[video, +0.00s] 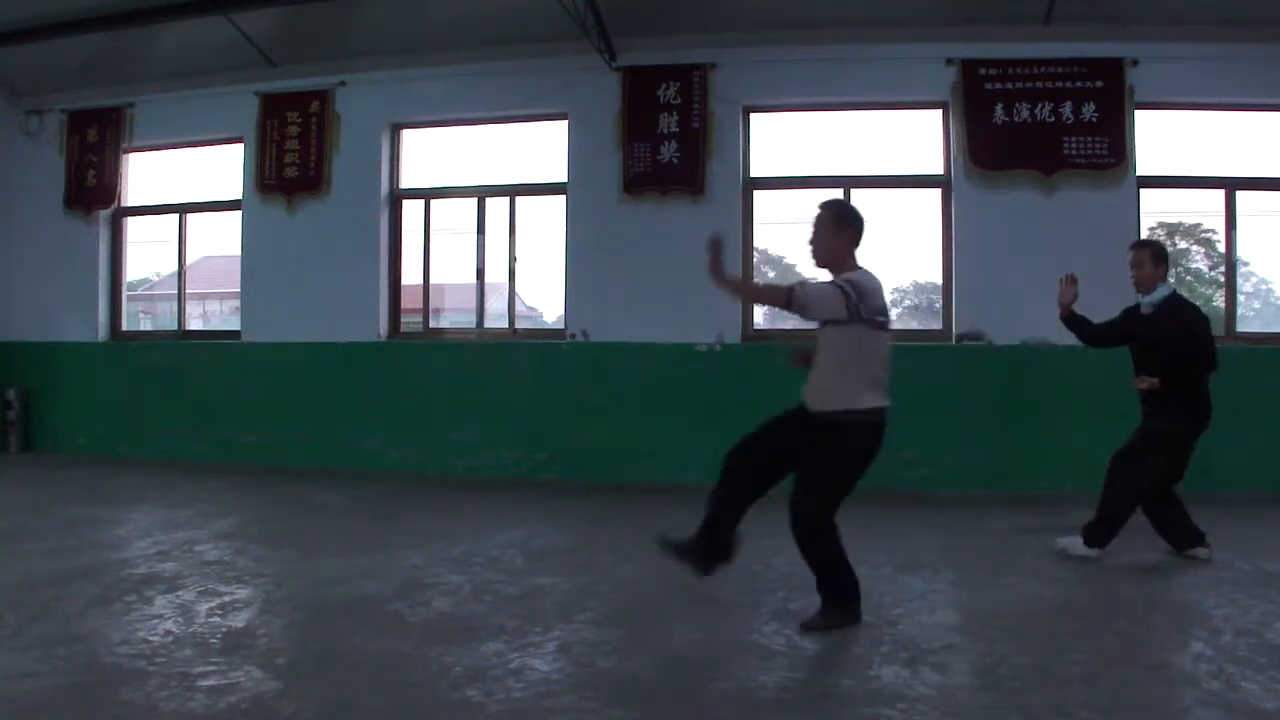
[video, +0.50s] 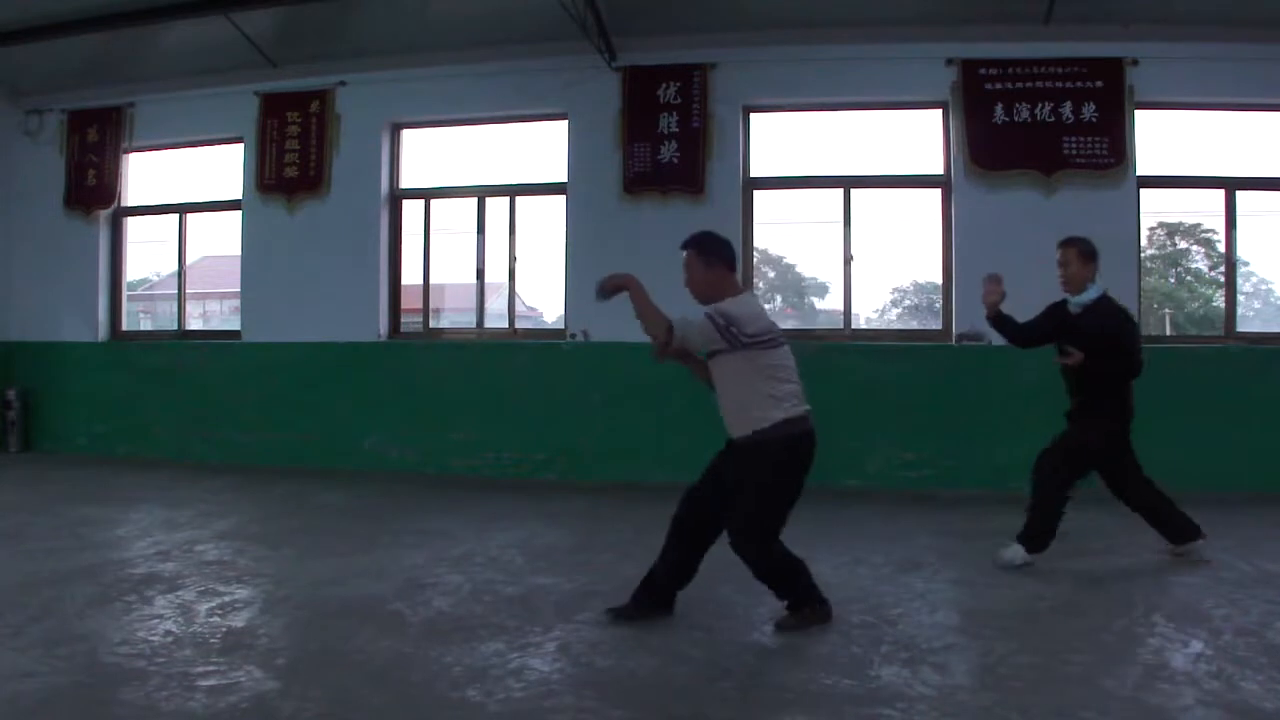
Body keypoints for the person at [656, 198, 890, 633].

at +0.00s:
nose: (811, 239)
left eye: (819, 230)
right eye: (813, 230)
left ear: (845, 236)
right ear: (842, 238)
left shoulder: (860, 288)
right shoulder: (842, 290)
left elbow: (790, 297)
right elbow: (858, 353)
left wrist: (724, 280)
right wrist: (816, 358)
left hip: (854, 424)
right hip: (815, 416)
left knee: (810, 513)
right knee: (745, 463)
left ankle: (842, 605)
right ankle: (709, 548)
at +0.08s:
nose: (784, 240)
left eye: (792, 232)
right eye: (787, 232)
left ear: (816, 238)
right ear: (812, 239)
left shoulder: (846, 289)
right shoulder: (796, 296)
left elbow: (793, 332)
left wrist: (725, 336)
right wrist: (765, 331)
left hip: (829, 427)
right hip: (784, 424)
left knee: (802, 526)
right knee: (729, 504)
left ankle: (843, 606)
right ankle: (669, 581)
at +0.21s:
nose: (753, 252)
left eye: (761, 245)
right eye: (754, 244)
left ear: (786, 252)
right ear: (761, 252)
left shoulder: (819, 306)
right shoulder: (746, 305)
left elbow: (822, 369)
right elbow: (691, 334)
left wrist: (769, 359)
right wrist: (689, 294)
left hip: (804, 436)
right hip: (758, 433)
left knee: (776, 531)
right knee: (707, 512)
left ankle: (839, 602)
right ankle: (659, 596)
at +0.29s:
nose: (717, 270)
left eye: (724, 262)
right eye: (717, 262)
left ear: (751, 266)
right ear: (737, 266)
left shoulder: (777, 316)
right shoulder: (733, 313)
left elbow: (749, 369)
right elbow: (687, 335)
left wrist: (715, 310)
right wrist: (656, 297)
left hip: (785, 444)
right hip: (746, 443)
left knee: (744, 534)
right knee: (688, 515)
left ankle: (820, 591)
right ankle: (652, 601)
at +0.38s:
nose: (701, 274)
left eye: (707, 265)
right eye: (702, 265)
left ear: (731, 266)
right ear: (735, 267)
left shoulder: (755, 314)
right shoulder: (741, 317)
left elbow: (697, 342)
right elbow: (715, 373)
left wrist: (659, 296)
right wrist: (676, 342)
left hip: (780, 445)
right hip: (744, 444)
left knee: (740, 531)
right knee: (687, 513)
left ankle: (809, 600)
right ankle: (653, 601)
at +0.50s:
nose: (686, 280)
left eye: (690, 270)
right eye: (685, 272)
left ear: (715, 269)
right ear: (723, 271)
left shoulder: (737, 313)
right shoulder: (741, 313)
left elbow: (667, 336)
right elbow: (724, 377)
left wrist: (633, 286)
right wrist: (679, 354)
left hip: (781, 441)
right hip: (749, 442)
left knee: (751, 533)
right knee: (695, 517)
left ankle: (809, 604)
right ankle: (654, 600)